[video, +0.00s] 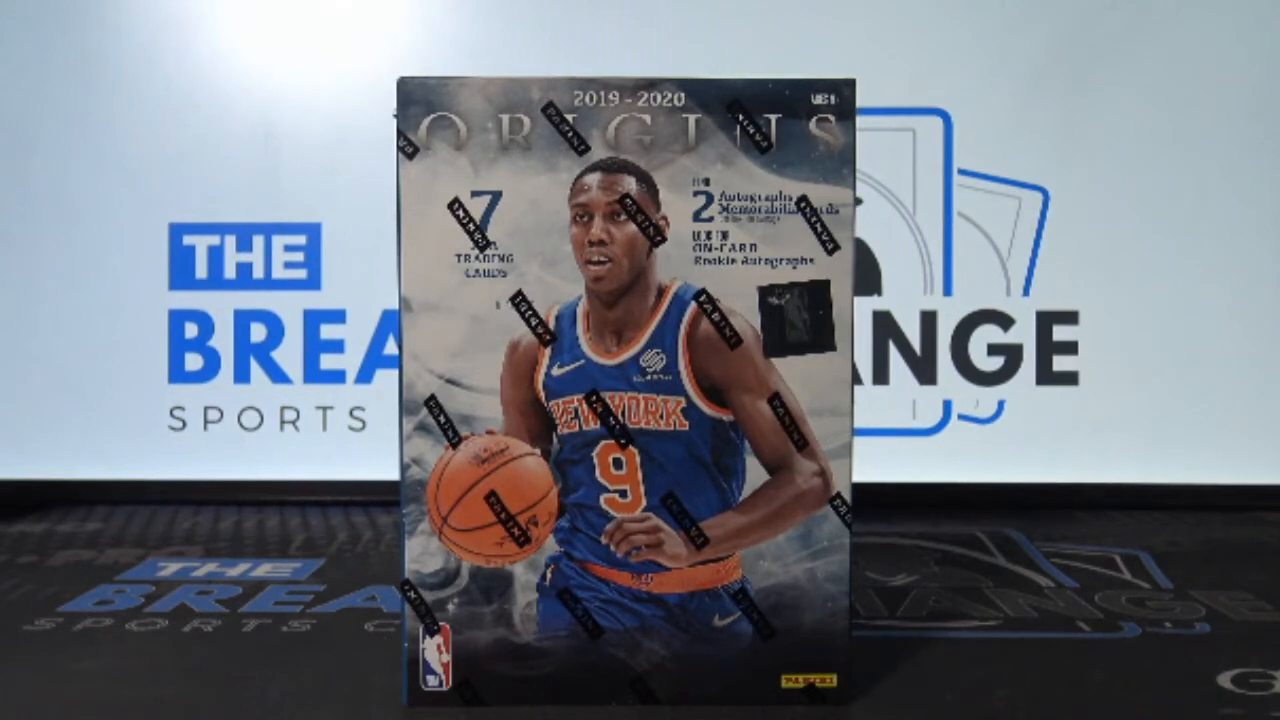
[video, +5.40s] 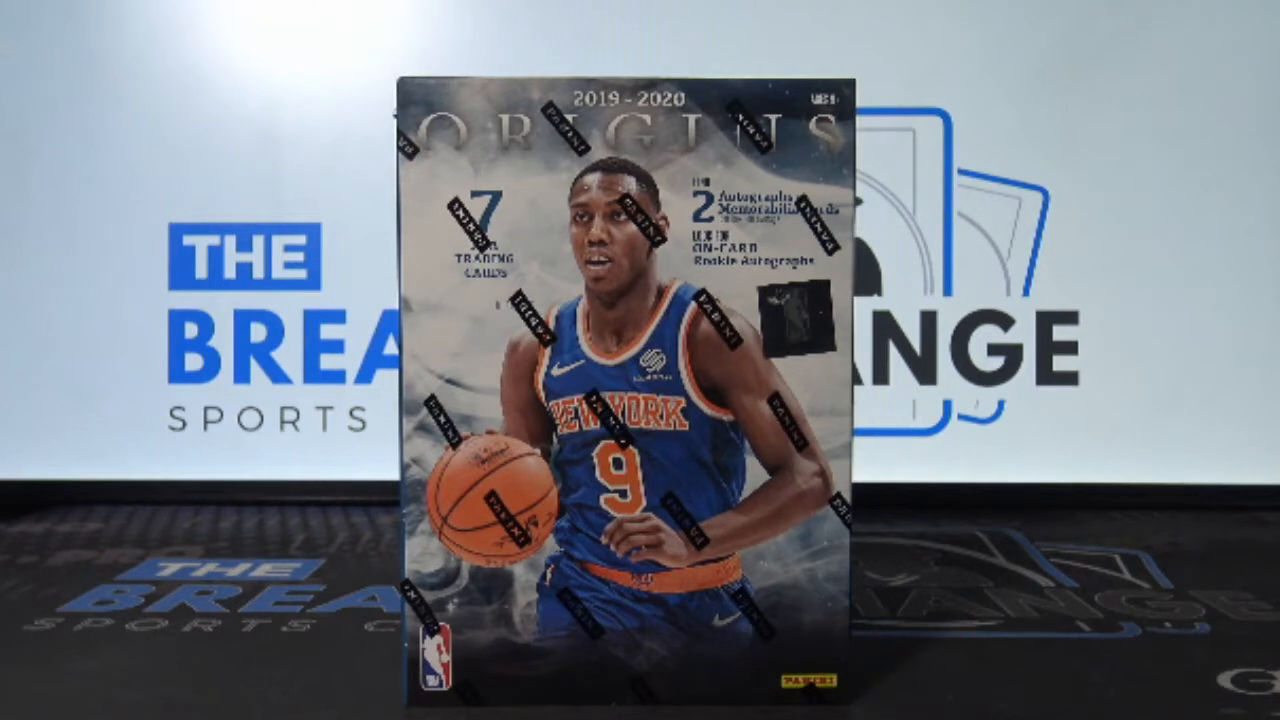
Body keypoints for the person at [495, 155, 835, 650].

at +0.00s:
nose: (595, 234)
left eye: (617, 216)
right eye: (582, 218)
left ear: (657, 230)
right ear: (570, 231)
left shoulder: (712, 334)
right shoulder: (534, 352)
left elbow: (809, 476)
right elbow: (525, 486)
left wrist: (694, 543)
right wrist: (479, 468)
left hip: (697, 613)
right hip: (583, 606)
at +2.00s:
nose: (595, 235)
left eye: (617, 216)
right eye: (582, 218)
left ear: (657, 229)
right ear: (570, 231)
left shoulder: (712, 334)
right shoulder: (534, 352)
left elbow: (810, 475)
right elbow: (526, 488)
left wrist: (695, 543)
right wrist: (476, 472)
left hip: (697, 613)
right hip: (582, 606)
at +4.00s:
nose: (595, 235)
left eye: (617, 216)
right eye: (582, 218)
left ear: (657, 230)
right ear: (570, 232)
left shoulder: (712, 334)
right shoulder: (534, 352)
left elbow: (809, 476)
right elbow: (529, 488)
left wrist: (696, 542)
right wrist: (480, 472)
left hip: (698, 614)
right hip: (583, 606)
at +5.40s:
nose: (595, 235)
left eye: (617, 216)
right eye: (582, 218)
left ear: (657, 229)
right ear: (569, 232)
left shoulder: (712, 334)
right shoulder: (534, 353)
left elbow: (810, 478)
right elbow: (529, 491)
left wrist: (696, 541)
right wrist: (487, 468)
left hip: (698, 612)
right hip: (584, 606)